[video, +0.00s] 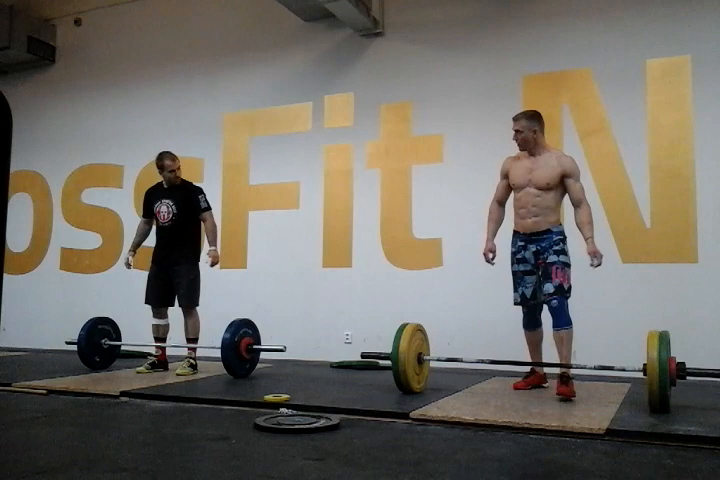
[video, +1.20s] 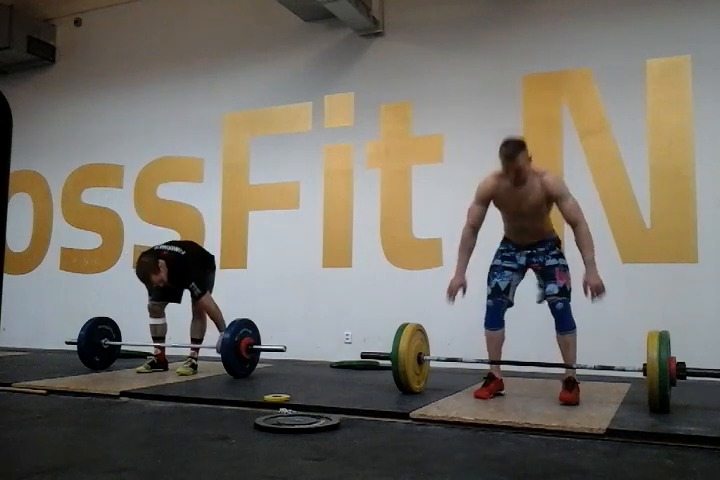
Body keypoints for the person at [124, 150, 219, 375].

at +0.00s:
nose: (177, 173)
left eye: (178, 169)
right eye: (172, 171)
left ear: (180, 166)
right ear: (161, 172)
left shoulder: (193, 192)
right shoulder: (152, 194)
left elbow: (209, 221)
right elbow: (146, 223)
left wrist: (213, 247)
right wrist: (132, 250)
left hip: (187, 259)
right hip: (161, 259)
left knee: (188, 308)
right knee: (158, 307)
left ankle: (191, 359)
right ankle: (159, 358)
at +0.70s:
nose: (157, 195)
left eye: (159, 190)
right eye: (153, 192)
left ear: (165, 182)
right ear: (147, 189)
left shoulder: (188, 201)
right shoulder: (148, 203)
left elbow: (205, 233)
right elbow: (146, 228)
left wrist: (211, 264)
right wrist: (139, 256)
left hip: (189, 263)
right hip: (164, 262)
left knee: (189, 308)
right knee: (159, 307)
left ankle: (191, 360)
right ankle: (160, 357)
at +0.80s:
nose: (151, 214)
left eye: (152, 209)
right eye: (147, 211)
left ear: (159, 201)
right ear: (143, 208)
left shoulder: (184, 214)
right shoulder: (144, 218)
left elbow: (204, 247)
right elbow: (144, 241)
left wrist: (213, 279)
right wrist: (141, 267)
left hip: (194, 264)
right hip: (168, 264)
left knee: (192, 308)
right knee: (160, 307)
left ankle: (192, 359)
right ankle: (160, 357)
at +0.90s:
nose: (154, 240)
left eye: (154, 235)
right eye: (149, 238)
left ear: (159, 224)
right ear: (142, 234)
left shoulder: (181, 231)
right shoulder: (144, 234)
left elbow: (203, 265)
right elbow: (144, 253)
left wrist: (214, 298)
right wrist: (144, 279)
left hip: (196, 262)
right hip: (173, 262)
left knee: (194, 308)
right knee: (159, 307)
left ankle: (192, 359)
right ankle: (160, 358)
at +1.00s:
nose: (154, 261)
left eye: (154, 257)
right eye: (150, 259)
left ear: (159, 245)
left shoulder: (183, 248)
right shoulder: (147, 247)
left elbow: (204, 283)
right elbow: (145, 265)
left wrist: (217, 315)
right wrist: (147, 287)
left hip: (199, 264)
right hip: (174, 265)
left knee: (197, 308)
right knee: (156, 305)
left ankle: (193, 358)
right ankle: (159, 357)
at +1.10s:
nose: (158, 276)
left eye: (158, 272)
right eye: (154, 274)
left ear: (161, 258)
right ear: (145, 268)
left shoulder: (182, 262)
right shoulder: (145, 258)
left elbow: (206, 297)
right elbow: (146, 273)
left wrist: (220, 328)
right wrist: (150, 292)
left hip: (202, 262)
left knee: (198, 309)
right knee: (155, 307)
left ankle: (193, 359)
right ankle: (159, 358)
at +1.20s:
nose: (160, 286)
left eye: (160, 281)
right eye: (155, 285)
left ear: (162, 266)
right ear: (147, 278)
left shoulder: (185, 270)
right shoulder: (147, 269)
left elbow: (209, 304)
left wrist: (224, 333)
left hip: (202, 262)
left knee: (198, 310)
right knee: (155, 308)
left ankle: (193, 359)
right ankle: (160, 358)